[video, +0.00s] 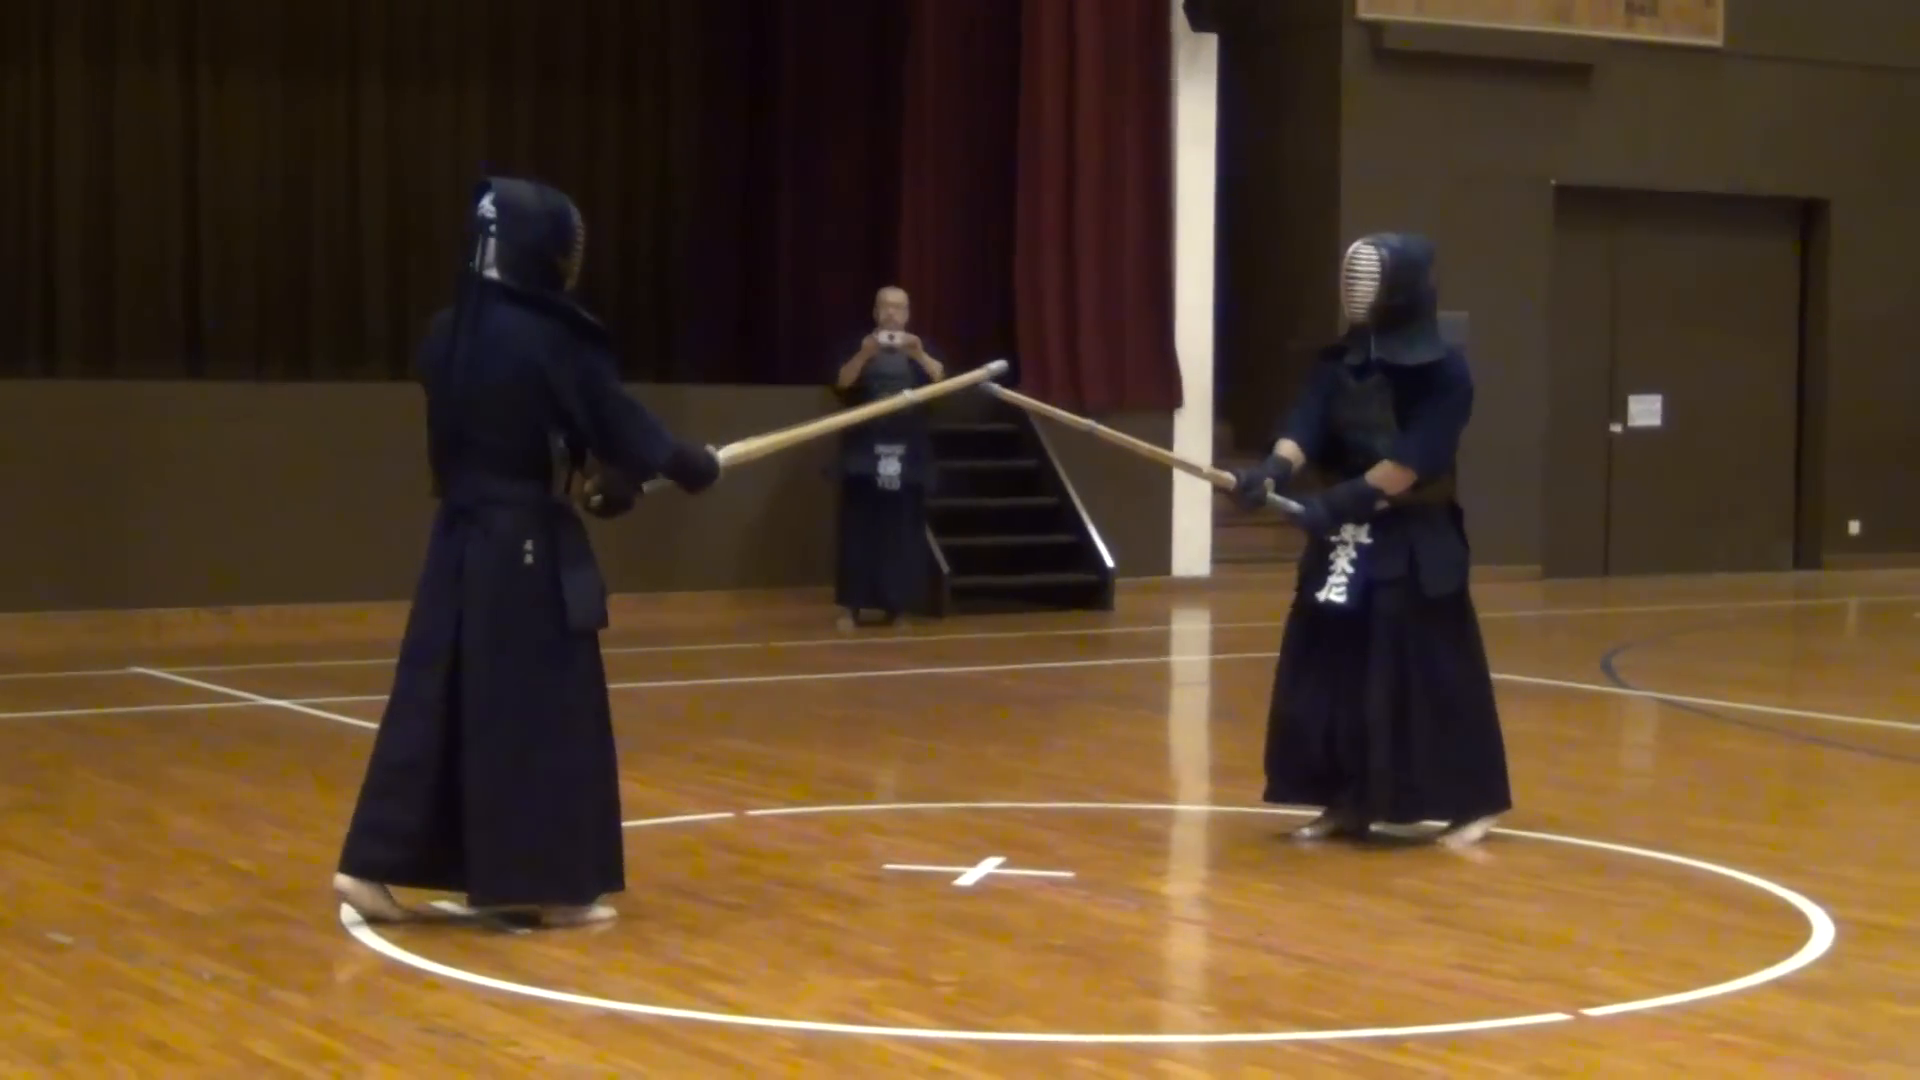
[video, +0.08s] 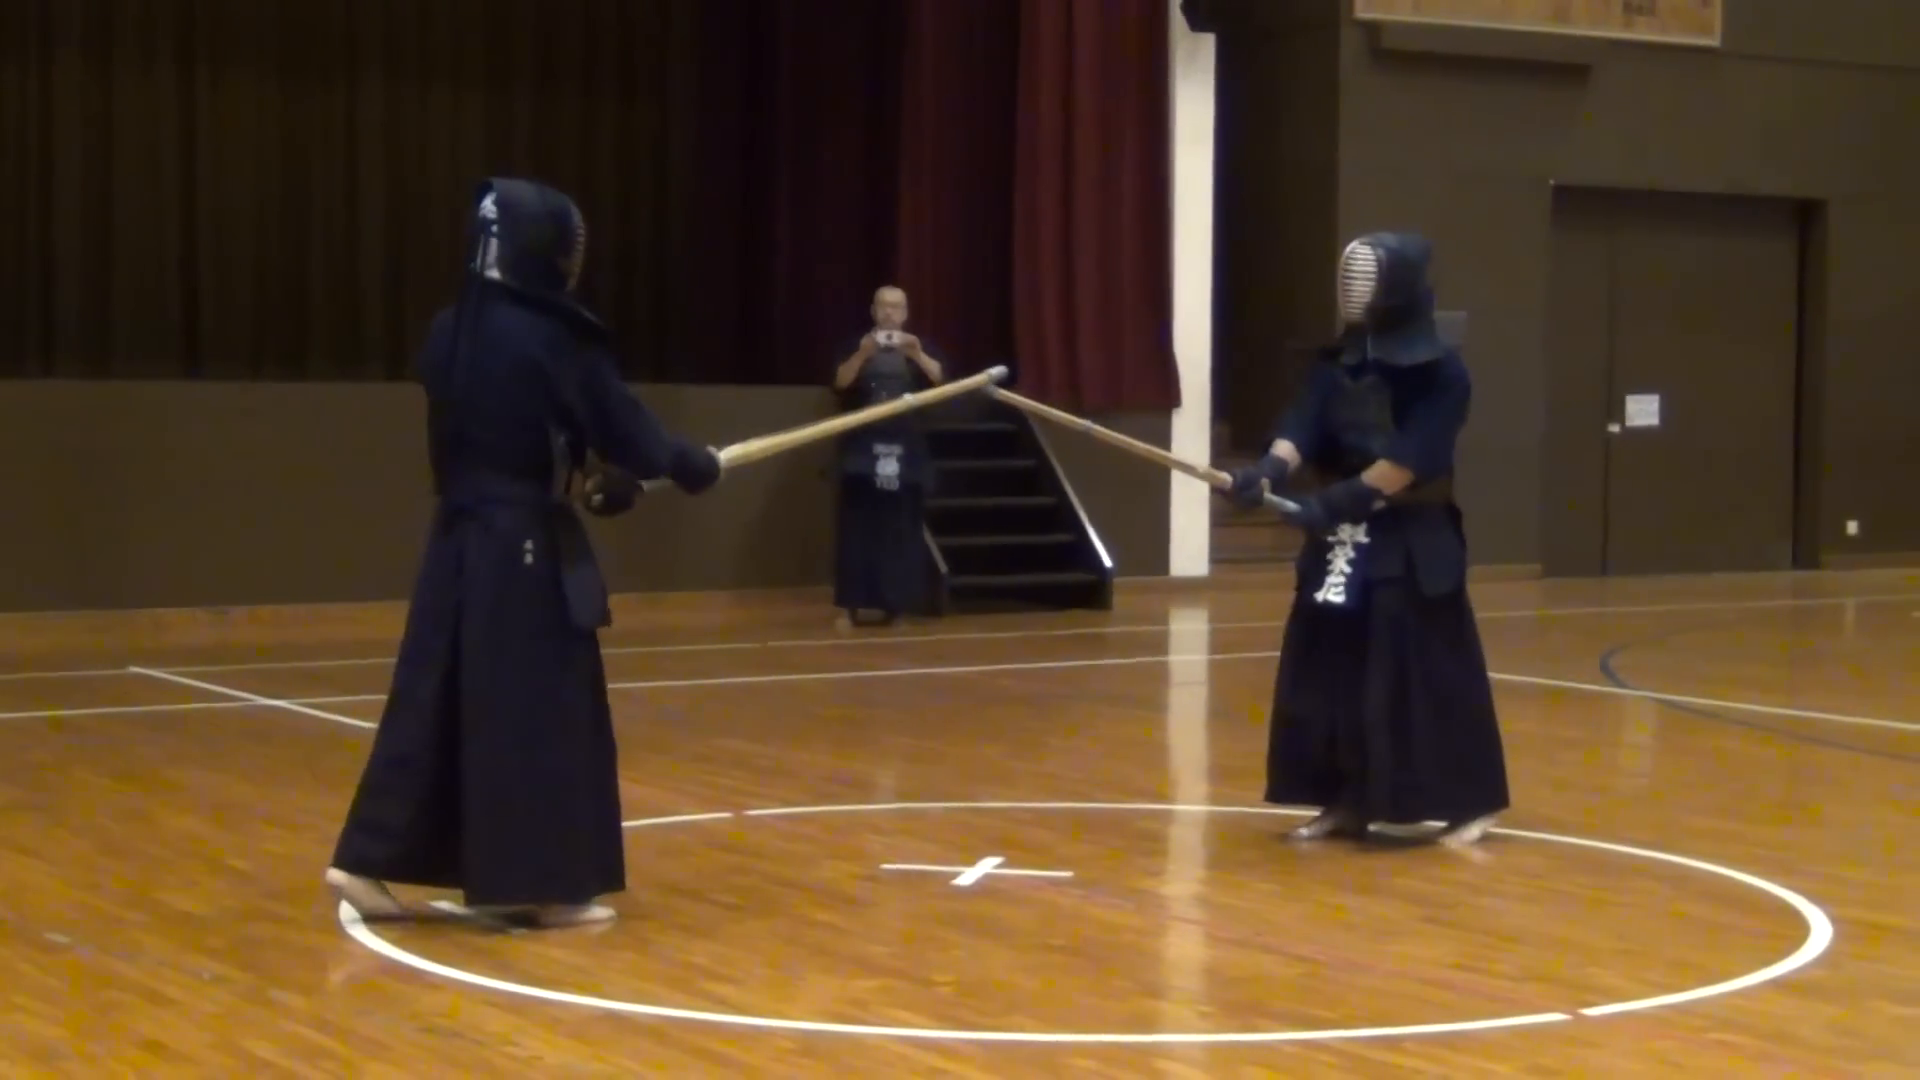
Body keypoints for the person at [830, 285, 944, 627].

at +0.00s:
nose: (892, 313)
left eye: (899, 308)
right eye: (886, 307)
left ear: (908, 313)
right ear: (876, 311)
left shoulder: (919, 350)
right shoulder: (860, 348)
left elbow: (941, 379)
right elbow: (842, 383)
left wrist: (917, 353)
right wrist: (867, 352)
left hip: (907, 448)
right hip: (864, 447)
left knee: (903, 525)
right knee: (858, 524)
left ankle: (899, 606)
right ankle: (849, 604)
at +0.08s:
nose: (890, 313)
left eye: (897, 307)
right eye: (885, 306)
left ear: (906, 312)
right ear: (874, 310)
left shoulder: (918, 348)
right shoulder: (858, 347)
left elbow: (940, 378)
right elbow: (840, 382)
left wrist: (915, 353)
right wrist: (865, 352)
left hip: (904, 445)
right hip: (863, 444)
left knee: (901, 522)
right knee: (858, 522)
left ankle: (898, 604)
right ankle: (850, 603)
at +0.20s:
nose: (889, 314)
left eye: (896, 308)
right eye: (884, 307)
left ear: (905, 312)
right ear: (873, 311)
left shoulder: (915, 349)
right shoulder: (857, 348)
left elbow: (938, 379)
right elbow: (839, 383)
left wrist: (913, 353)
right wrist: (864, 352)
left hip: (901, 445)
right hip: (861, 444)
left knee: (897, 522)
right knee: (855, 522)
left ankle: (893, 604)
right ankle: (845, 605)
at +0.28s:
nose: (888, 313)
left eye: (894, 308)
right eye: (882, 307)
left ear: (904, 313)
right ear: (871, 311)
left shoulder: (916, 349)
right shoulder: (855, 348)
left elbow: (939, 379)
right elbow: (838, 383)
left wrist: (913, 355)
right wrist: (862, 353)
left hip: (901, 445)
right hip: (859, 444)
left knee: (896, 522)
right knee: (854, 521)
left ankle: (891, 603)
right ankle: (845, 604)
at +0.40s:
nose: (885, 314)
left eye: (892, 308)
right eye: (879, 308)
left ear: (902, 313)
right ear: (869, 312)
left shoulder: (913, 349)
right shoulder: (854, 348)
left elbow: (938, 378)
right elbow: (836, 383)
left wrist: (911, 355)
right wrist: (860, 354)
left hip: (897, 445)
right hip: (856, 444)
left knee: (893, 522)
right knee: (853, 521)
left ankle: (889, 604)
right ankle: (847, 603)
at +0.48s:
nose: (884, 314)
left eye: (891, 309)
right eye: (878, 308)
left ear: (901, 314)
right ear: (868, 312)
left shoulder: (910, 352)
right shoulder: (853, 349)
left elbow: (937, 379)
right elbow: (834, 383)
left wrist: (909, 353)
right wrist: (859, 354)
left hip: (896, 446)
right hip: (855, 445)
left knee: (892, 523)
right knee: (852, 522)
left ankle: (887, 604)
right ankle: (844, 604)